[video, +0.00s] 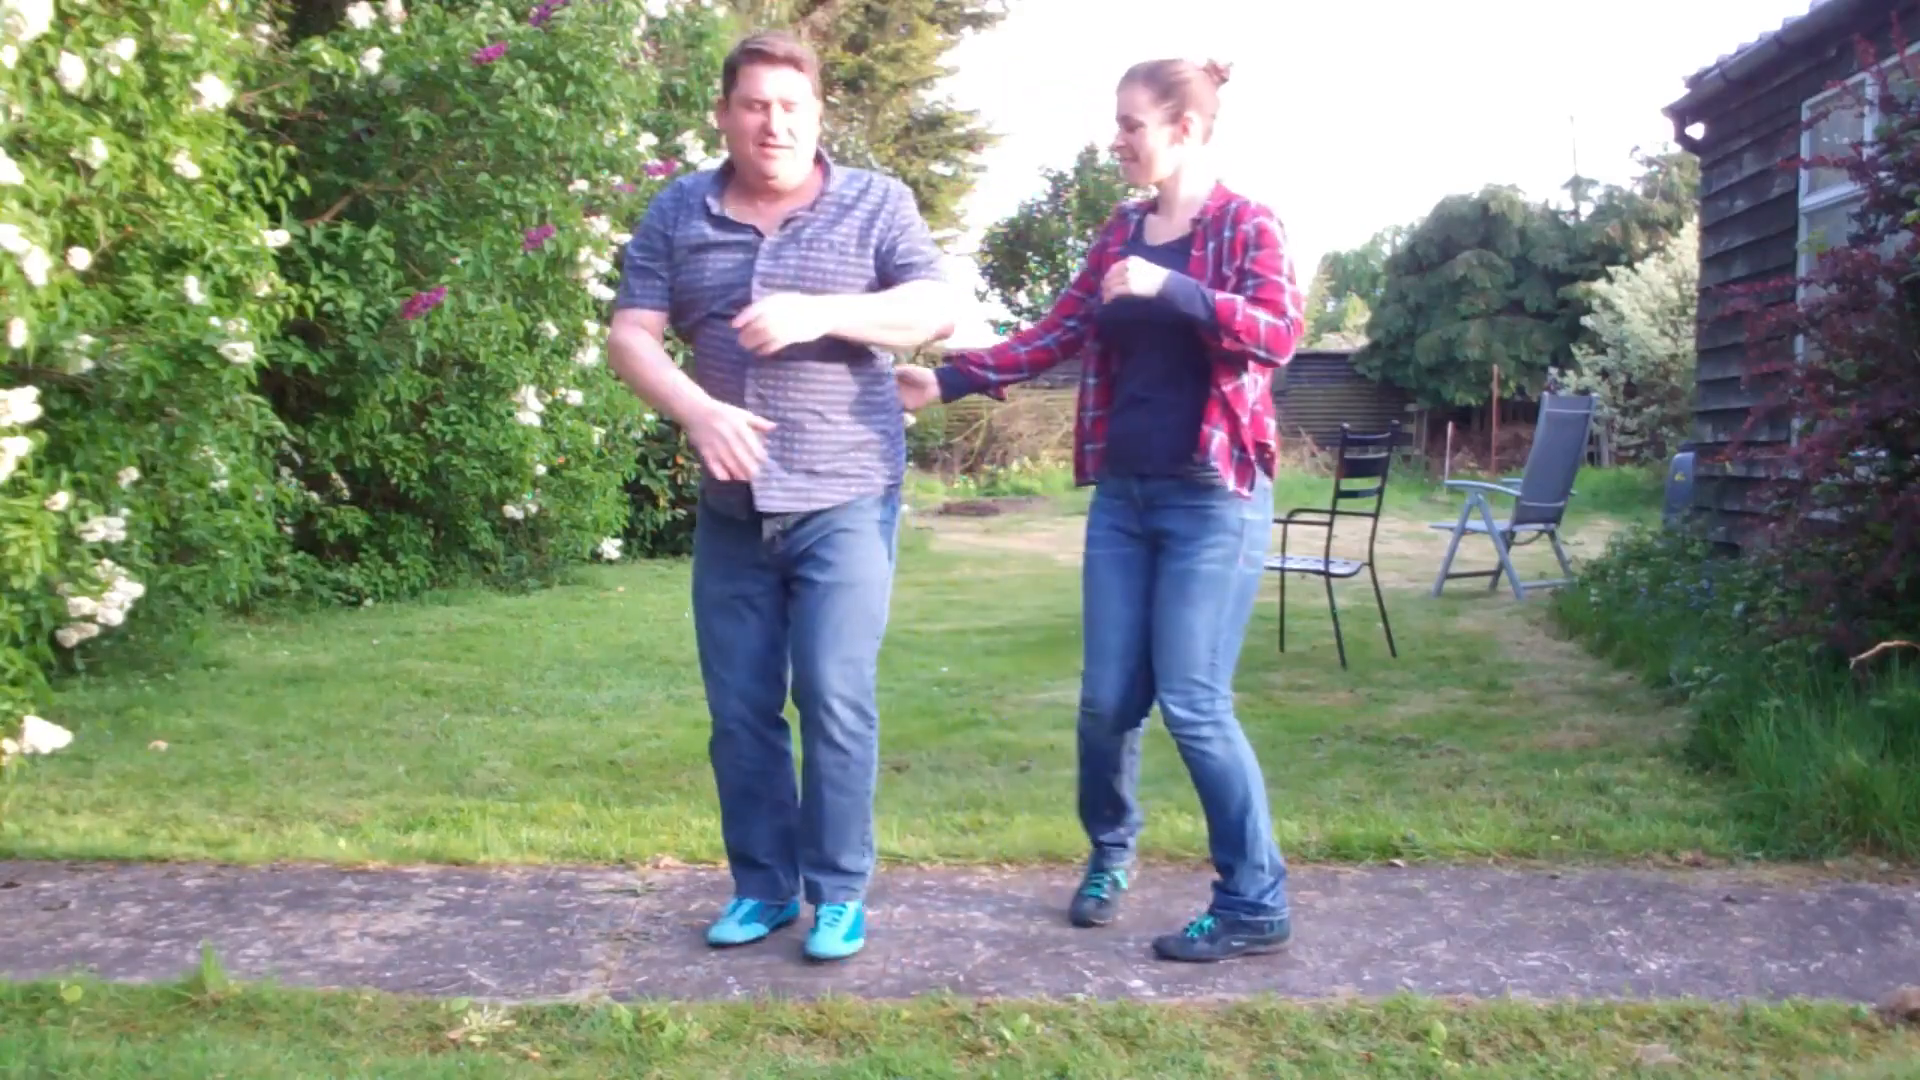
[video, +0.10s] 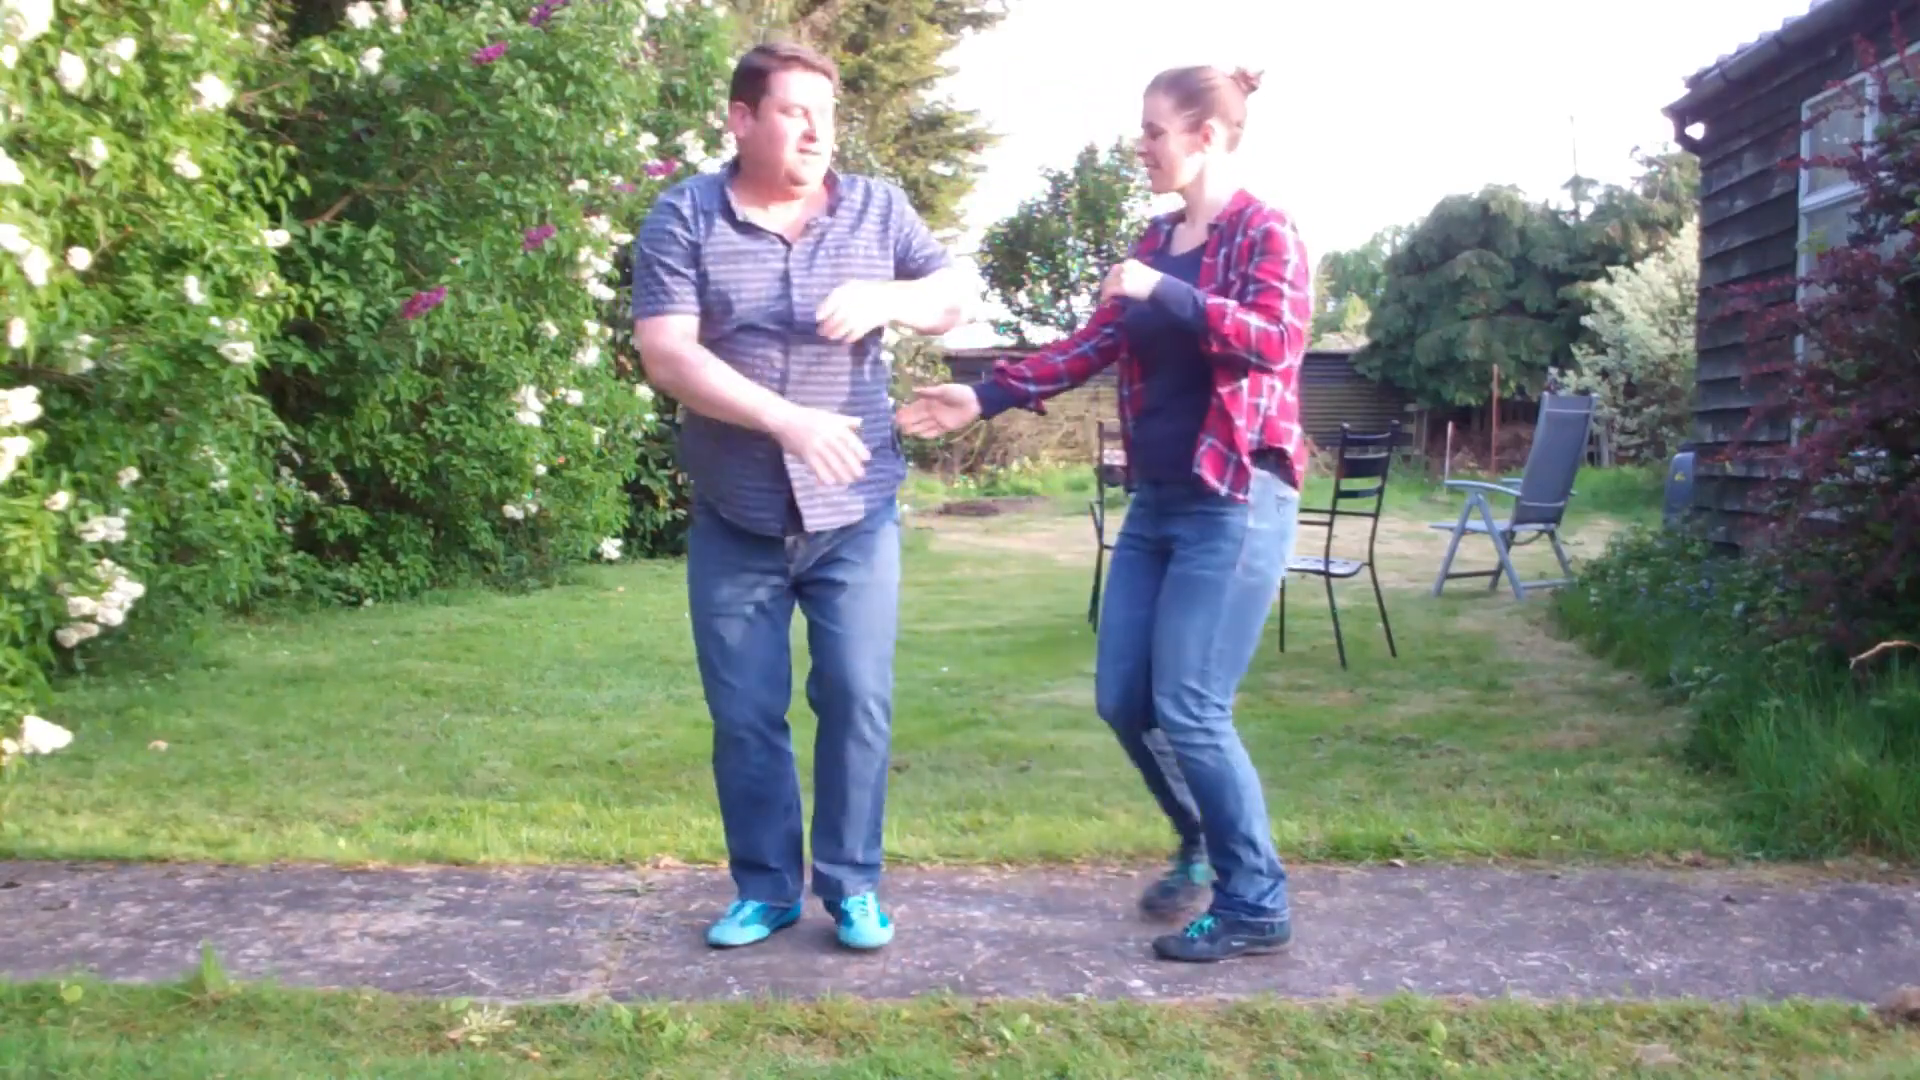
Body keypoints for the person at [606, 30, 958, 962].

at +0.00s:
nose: (770, 121)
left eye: (788, 106)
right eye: (752, 105)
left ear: (818, 117)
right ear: (723, 116)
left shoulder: (874, 202)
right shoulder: (681, 209)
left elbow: (940, 308)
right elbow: (629, 336)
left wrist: (819, 315)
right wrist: (697, 411)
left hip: (846, 500)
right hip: (732, 502)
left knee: (832, 694)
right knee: (739, 706)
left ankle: (839, 888)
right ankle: (764, 883)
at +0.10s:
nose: (813, 133)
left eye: (823, 117)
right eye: (793, 114)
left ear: (834, 126)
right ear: (741, 120)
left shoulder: (874, 206)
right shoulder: (682, 217)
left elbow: (956, 297)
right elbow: (668, 358)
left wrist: (886, 297)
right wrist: (788, 421)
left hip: (856, 508)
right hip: (734, 516)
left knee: (858, 696)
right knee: (743, 712)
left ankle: (852, 880)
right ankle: (766, 887)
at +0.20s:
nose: (846, 136)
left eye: (850, 120)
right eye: (829, 118)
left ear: (854, 126)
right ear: (767, 121)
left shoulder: (876, 214)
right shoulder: (703, 221)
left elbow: (965, 293)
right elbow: (729, 361)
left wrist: (960, 293)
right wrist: (874, 416)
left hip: (862, 507)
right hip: (746, 515)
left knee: (884, 691)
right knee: (752, 709)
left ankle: (861, 879)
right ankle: (763, 888)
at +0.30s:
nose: (871, 139)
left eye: (871, 121)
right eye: (858, 120)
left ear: (821, 123)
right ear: (796, 122)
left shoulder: (874, 214)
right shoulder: (732, 218)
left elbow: (943, 302)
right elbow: (796, 355)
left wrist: (973, 270)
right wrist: (929, 399)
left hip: (869, 510)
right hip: (762, 512)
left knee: (900, 687)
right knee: (766, 707)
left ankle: (875, 887)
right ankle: (761, 888)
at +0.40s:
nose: (893, 138)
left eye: (892, 120)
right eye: (880, 119)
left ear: (839, 122)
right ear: (823, 121)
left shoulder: (877, 217)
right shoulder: (768, 212)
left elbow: (920, 314)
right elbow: (853, 350)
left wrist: (999, 271)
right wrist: (980, 388)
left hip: (889, 512)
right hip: (791, 506)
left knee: (908, 693)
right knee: (783, 707)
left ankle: (884, 895)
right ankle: (749, 889)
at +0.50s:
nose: (916, 137)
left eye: (913, 119)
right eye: (904, 119)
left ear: (855, 122)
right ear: (848, 121)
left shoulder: (883, 221)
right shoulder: (805, 211)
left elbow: (927, 324)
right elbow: (896, 346)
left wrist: (1022, 295)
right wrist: (1020, 377)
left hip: (911, 513)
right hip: (826, 504)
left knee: (915, 705)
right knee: (803, 705)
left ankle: (885, 899)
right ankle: (739, 883)